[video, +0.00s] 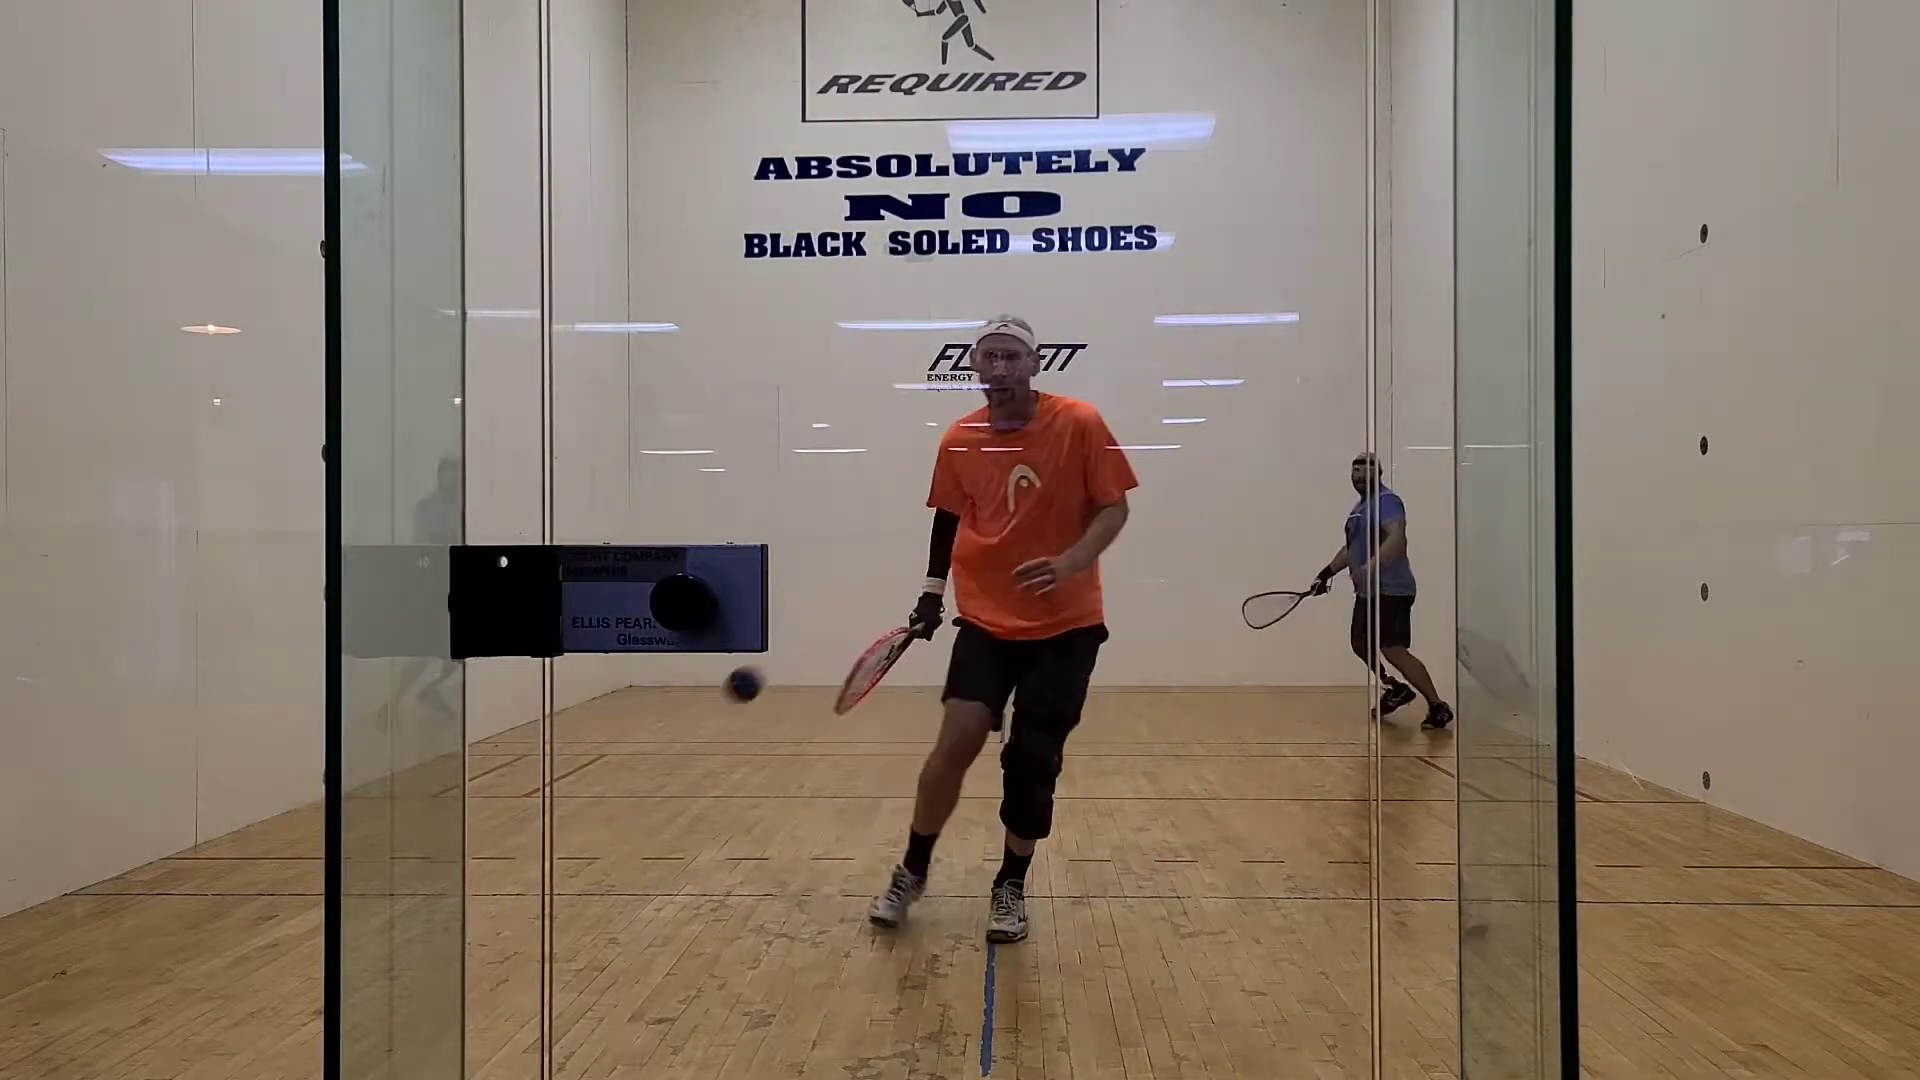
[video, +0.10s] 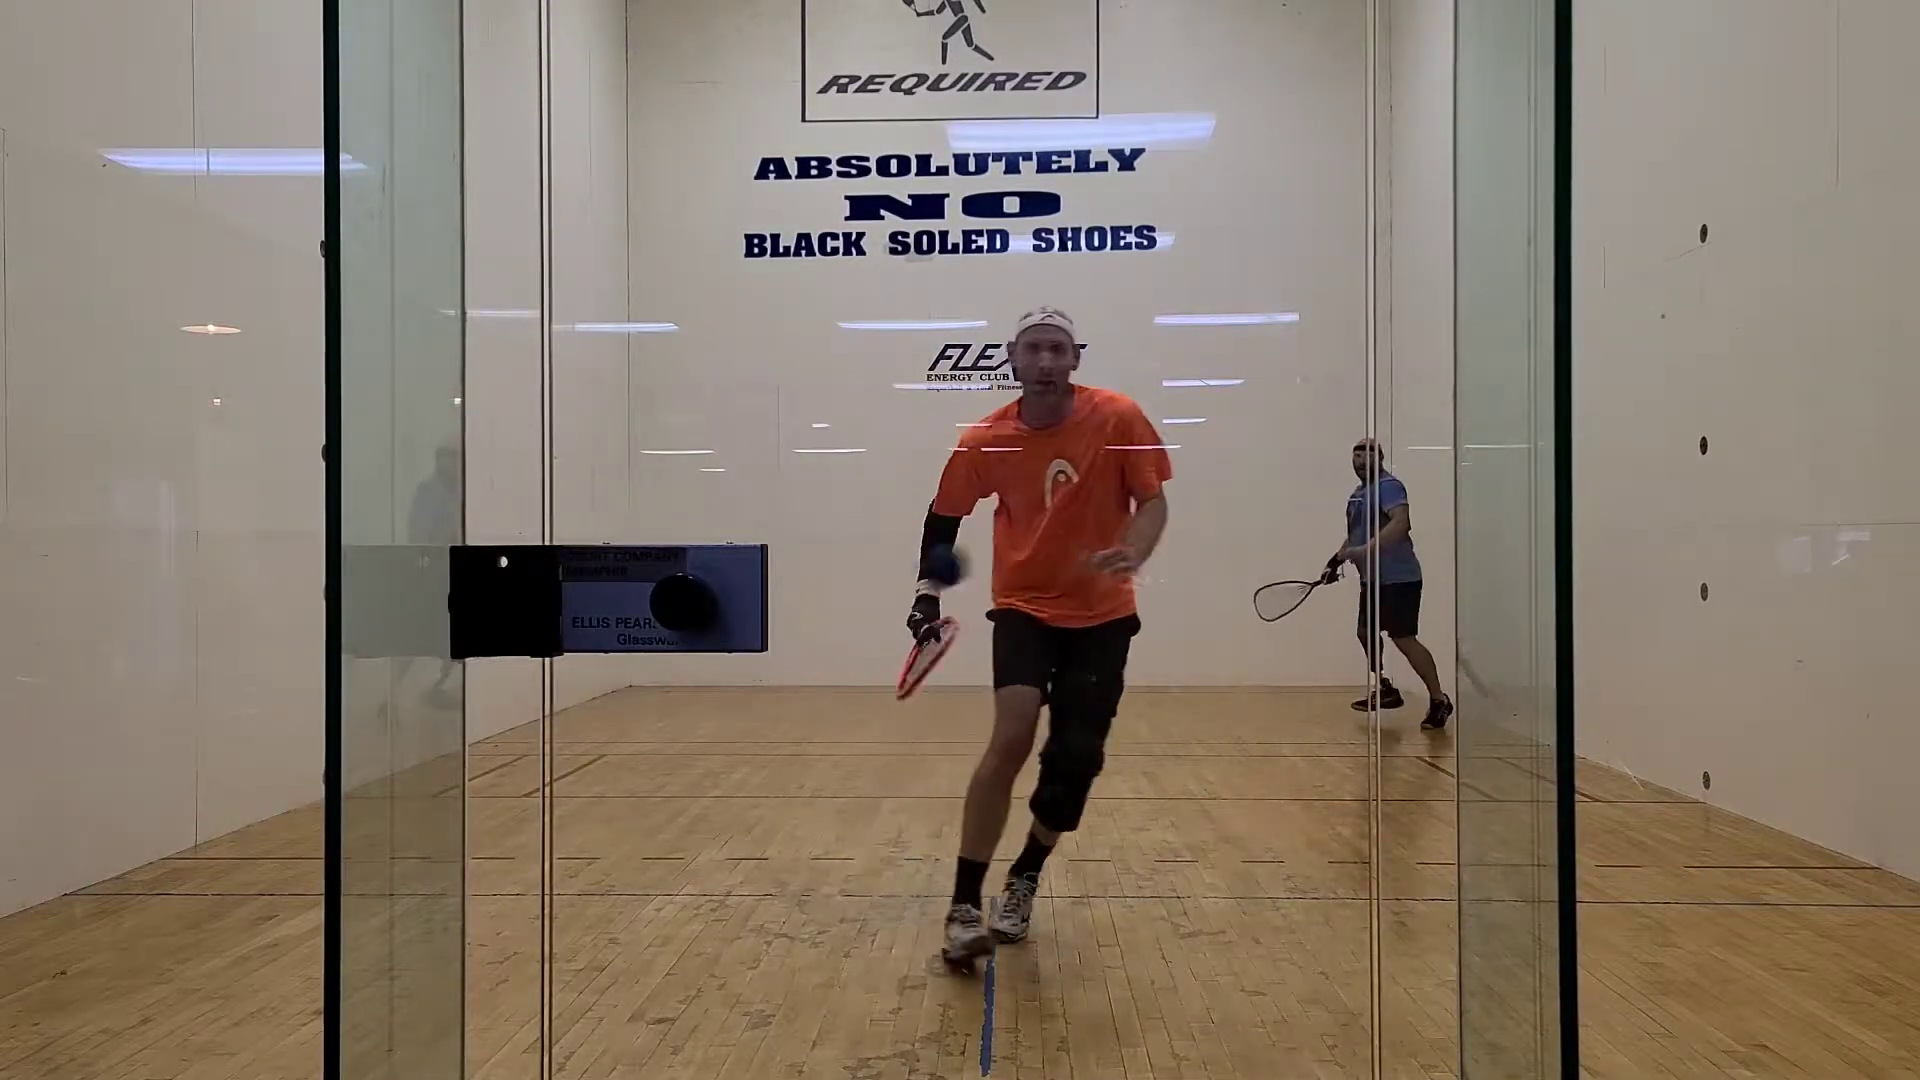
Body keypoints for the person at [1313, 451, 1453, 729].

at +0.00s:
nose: (1360, 473)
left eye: (1366, 469)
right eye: (1356, 469)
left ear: (1378, 473)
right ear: (1351, 474)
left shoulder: (1387, 501)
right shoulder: (1359, 509)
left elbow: (1397, 539)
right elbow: (1351, 549)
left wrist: (1371, 564)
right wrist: (1327, 573)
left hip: (1393, 591)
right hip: (1368, 593)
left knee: (1393, 648)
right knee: (1361, 644)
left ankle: (1437, 705)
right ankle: (1395, 688)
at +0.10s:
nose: (1362, 458)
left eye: (1368, 453)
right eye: (1358, 453)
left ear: (1379, 458)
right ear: (1353, 460)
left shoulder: (1390, 486)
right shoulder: (1357, 497)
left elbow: (1401, 524)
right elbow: (1354, 538)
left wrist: (1364, 550)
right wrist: (1335, 562)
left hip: (1400, 578)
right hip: (1372, 580)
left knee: (1403, 638)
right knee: (1366, 635)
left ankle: (1439, 700)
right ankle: (1384, 689)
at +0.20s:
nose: (1360, 464)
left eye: (1366, 459)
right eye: (1356, 459)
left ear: (1377, 460)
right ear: (1350, 461)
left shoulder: (1389, 486)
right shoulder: (1357, 494)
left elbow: (1401, 524)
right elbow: (1359, 534)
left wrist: (1359, 550)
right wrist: (1344, 556)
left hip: (1406, 571)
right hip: (1378, 573)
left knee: (1400, 632)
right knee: (1362, 633)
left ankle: (1443, 689)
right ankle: (1377, 694)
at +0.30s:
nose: (1358, 483)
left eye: (1363, 477)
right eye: (1353, 478)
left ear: (1375, 477)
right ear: (1348, 480)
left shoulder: (1392, 504)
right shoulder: (1356, 504)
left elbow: (1397, 555)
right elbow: (1355, 541)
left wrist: (1364, 578)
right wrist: (1342, 569)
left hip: (1413, 576)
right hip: (1384, 579)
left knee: (1406, 635)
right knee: (1363, 642)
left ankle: (1439, 705)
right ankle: (1367, 704)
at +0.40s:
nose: (1361, 503)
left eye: (1365, 498)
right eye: (1356, 498)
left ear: (1375, 495)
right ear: (1350, 498)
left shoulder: (1393, 518)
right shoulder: (1360, 519)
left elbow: (1415, 569)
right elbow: (1363, 551)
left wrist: (1389, 603)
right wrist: (1353, 577)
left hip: (1419, 586)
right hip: (1387, 588)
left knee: (1412, 645)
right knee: (1357, 649)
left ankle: (1438, 717)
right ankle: (1367, 703)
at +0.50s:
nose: (1359, 519)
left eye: (1363, 512)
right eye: (1356, 514)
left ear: (1376, 506)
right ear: (1354, 512)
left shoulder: (1399, 523)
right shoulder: (1364, 525)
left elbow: (1435, 561)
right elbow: (1379, 561)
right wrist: (1370, 589)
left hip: (1429, 589)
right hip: (1398, 592)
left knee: (1408, 640)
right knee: (1361, 643)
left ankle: (1438, 713)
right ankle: (1367, 701)